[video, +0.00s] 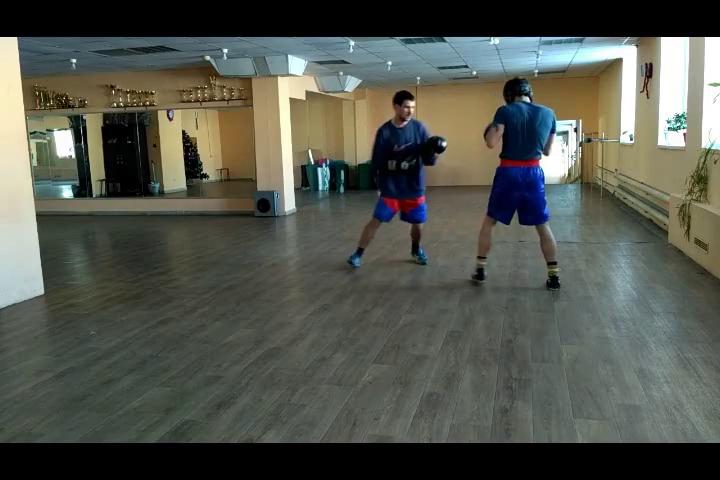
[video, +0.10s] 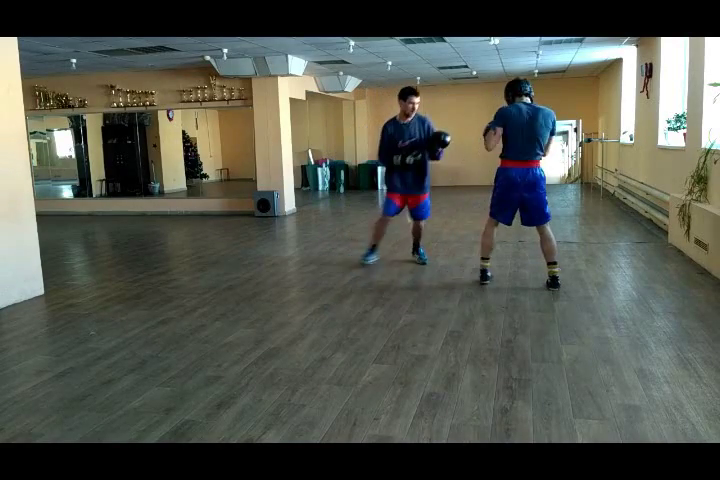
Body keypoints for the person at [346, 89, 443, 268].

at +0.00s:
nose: (410, 111)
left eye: (412, 107)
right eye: (406, 107)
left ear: (414, 108)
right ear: (396, 107)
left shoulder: (419, 128)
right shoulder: (384, 132)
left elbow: (429, 161)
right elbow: (377, 162)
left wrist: (431, 151)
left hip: (414, 186)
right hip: (391, 187)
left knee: (417, 223)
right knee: (376, 221)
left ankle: (416, 249)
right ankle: (358, 253)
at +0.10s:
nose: (414, 107)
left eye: (416, 103)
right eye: (410, 103)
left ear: (419, 104)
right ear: (400, 103)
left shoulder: (424, 124)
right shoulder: (389, 127)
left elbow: (434, 156)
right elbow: (383, 156)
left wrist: (438, 146)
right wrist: (400, 157)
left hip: (418, 182)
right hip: (396, 182)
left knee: (419, 221)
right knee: (385, 217)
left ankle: (417, 249)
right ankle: (372, 249)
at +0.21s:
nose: (424, 100)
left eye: (427, 96)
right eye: (420, 96)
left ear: (429, 97)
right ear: (411, 95)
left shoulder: (435, 116)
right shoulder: (400, 119)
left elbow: (444, 146)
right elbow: (392, 148)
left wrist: (453, 134)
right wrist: (412, 149)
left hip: (432, 174)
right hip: (409, 175)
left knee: (437, 212)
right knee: (408, 214)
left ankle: (438, 244)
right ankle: (412, 244)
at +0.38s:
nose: (437, 105)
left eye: (440, 102)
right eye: (433, 101)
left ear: (443, 102)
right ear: (424, 101)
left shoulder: (450, 121)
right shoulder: (413, 126)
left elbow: (469, 139)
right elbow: (405, 155)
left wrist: (474, 123)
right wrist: (418, 172)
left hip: (446, 180)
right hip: (422, 181)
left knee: (460, 217)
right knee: (415, 218)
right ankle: (415, 246)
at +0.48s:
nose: (444, 106)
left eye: (447, 102)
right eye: (440, 102)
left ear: (450, 102)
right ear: (432, 102)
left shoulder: (458, 120)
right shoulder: (422, 126)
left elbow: (482, 125)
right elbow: (415, 154)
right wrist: (418, 178)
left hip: (454, 181)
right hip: (429, 182)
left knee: (466, 217)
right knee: (420, 218)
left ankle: (481, 250)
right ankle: (416, 246)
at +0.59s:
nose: (456, 103)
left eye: (458, 100)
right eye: (452, 100)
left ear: (462, 100)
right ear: (444, 100)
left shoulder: (469, 116)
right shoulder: (435, 122)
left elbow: (491, 119)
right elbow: (430, 153)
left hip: (465, 177)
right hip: (442, 178)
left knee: (472, 218)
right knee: (433, 214)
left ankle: (482, 253)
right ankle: (431, 242)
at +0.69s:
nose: (461, 101)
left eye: (464, 97)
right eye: (457, 97)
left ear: (467, 98)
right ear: (449, 97)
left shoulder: (475, 115)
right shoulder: (440, 120)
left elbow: (493, 126)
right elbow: (433, 151)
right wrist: (452, 152)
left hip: (469, 177)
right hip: (448, 177)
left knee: (476, 217)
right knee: (445, 215)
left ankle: (482, 252)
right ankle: (453, 240)